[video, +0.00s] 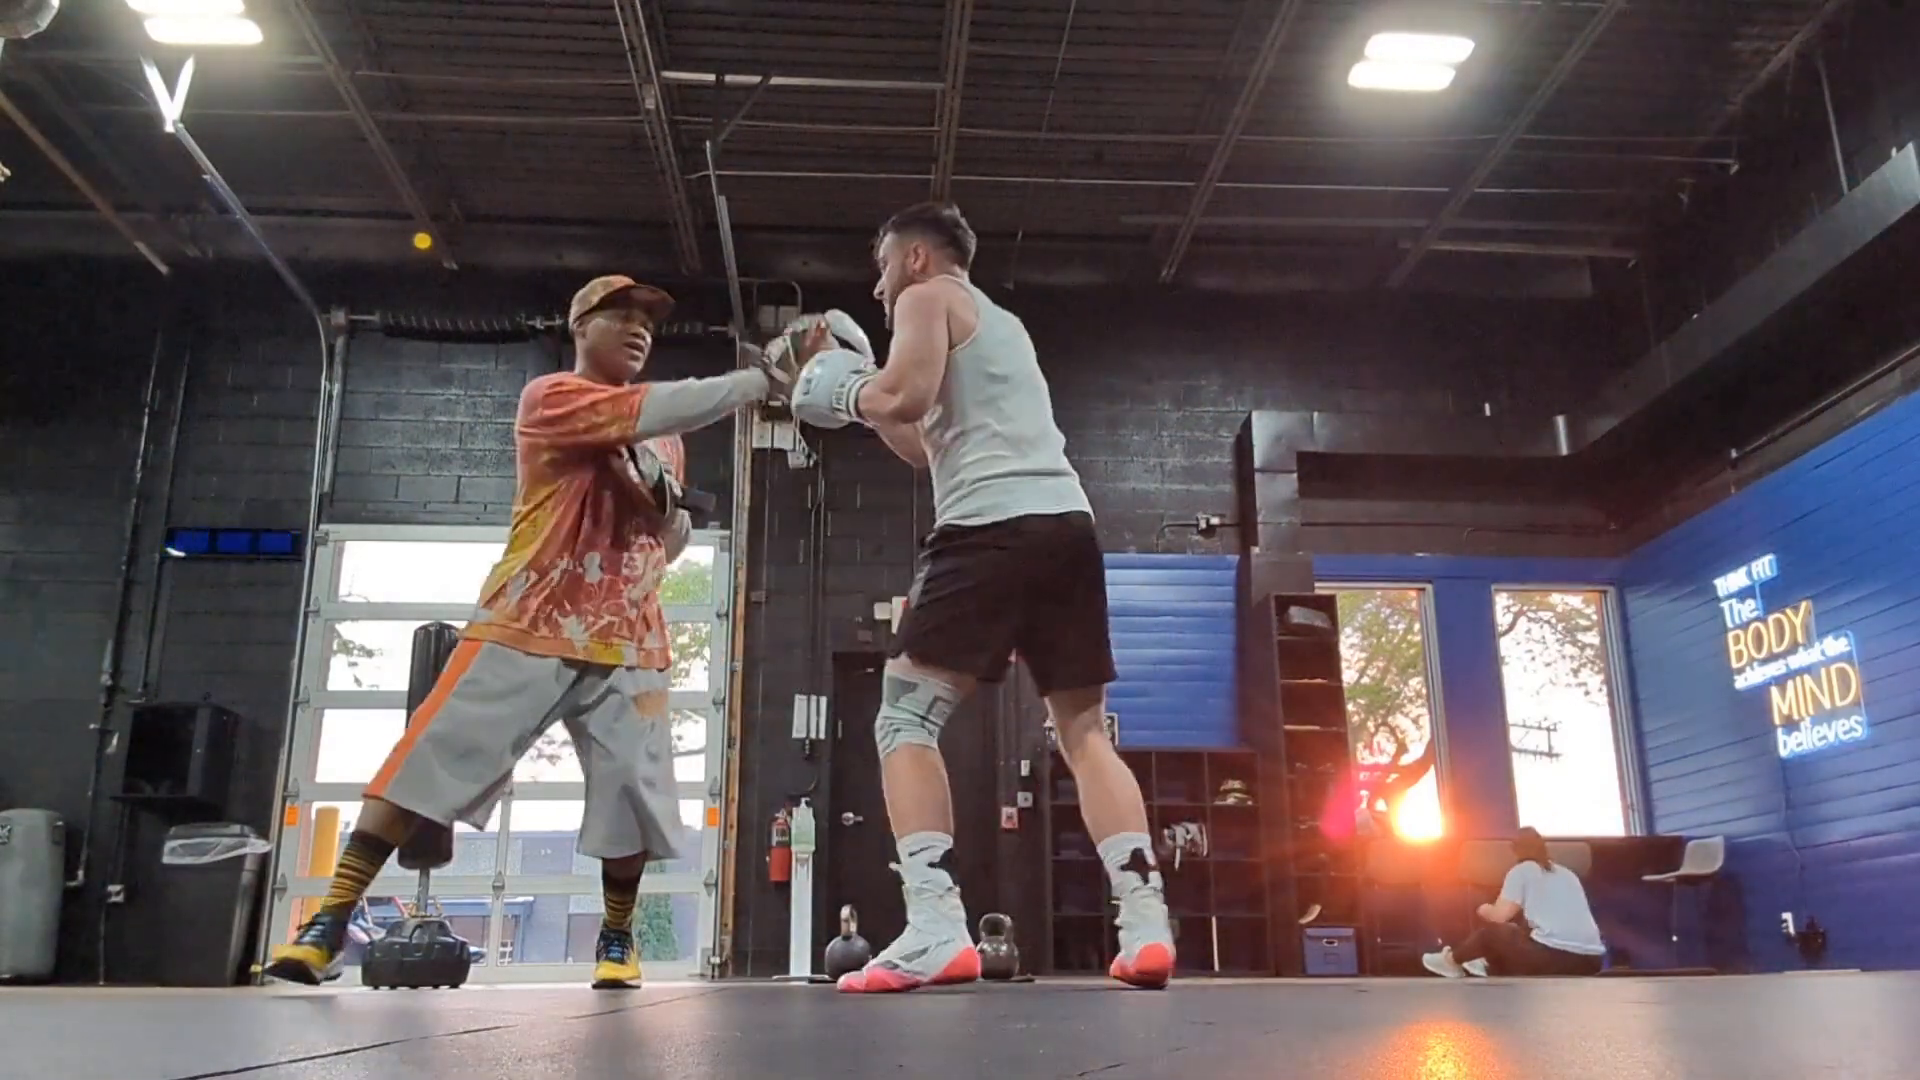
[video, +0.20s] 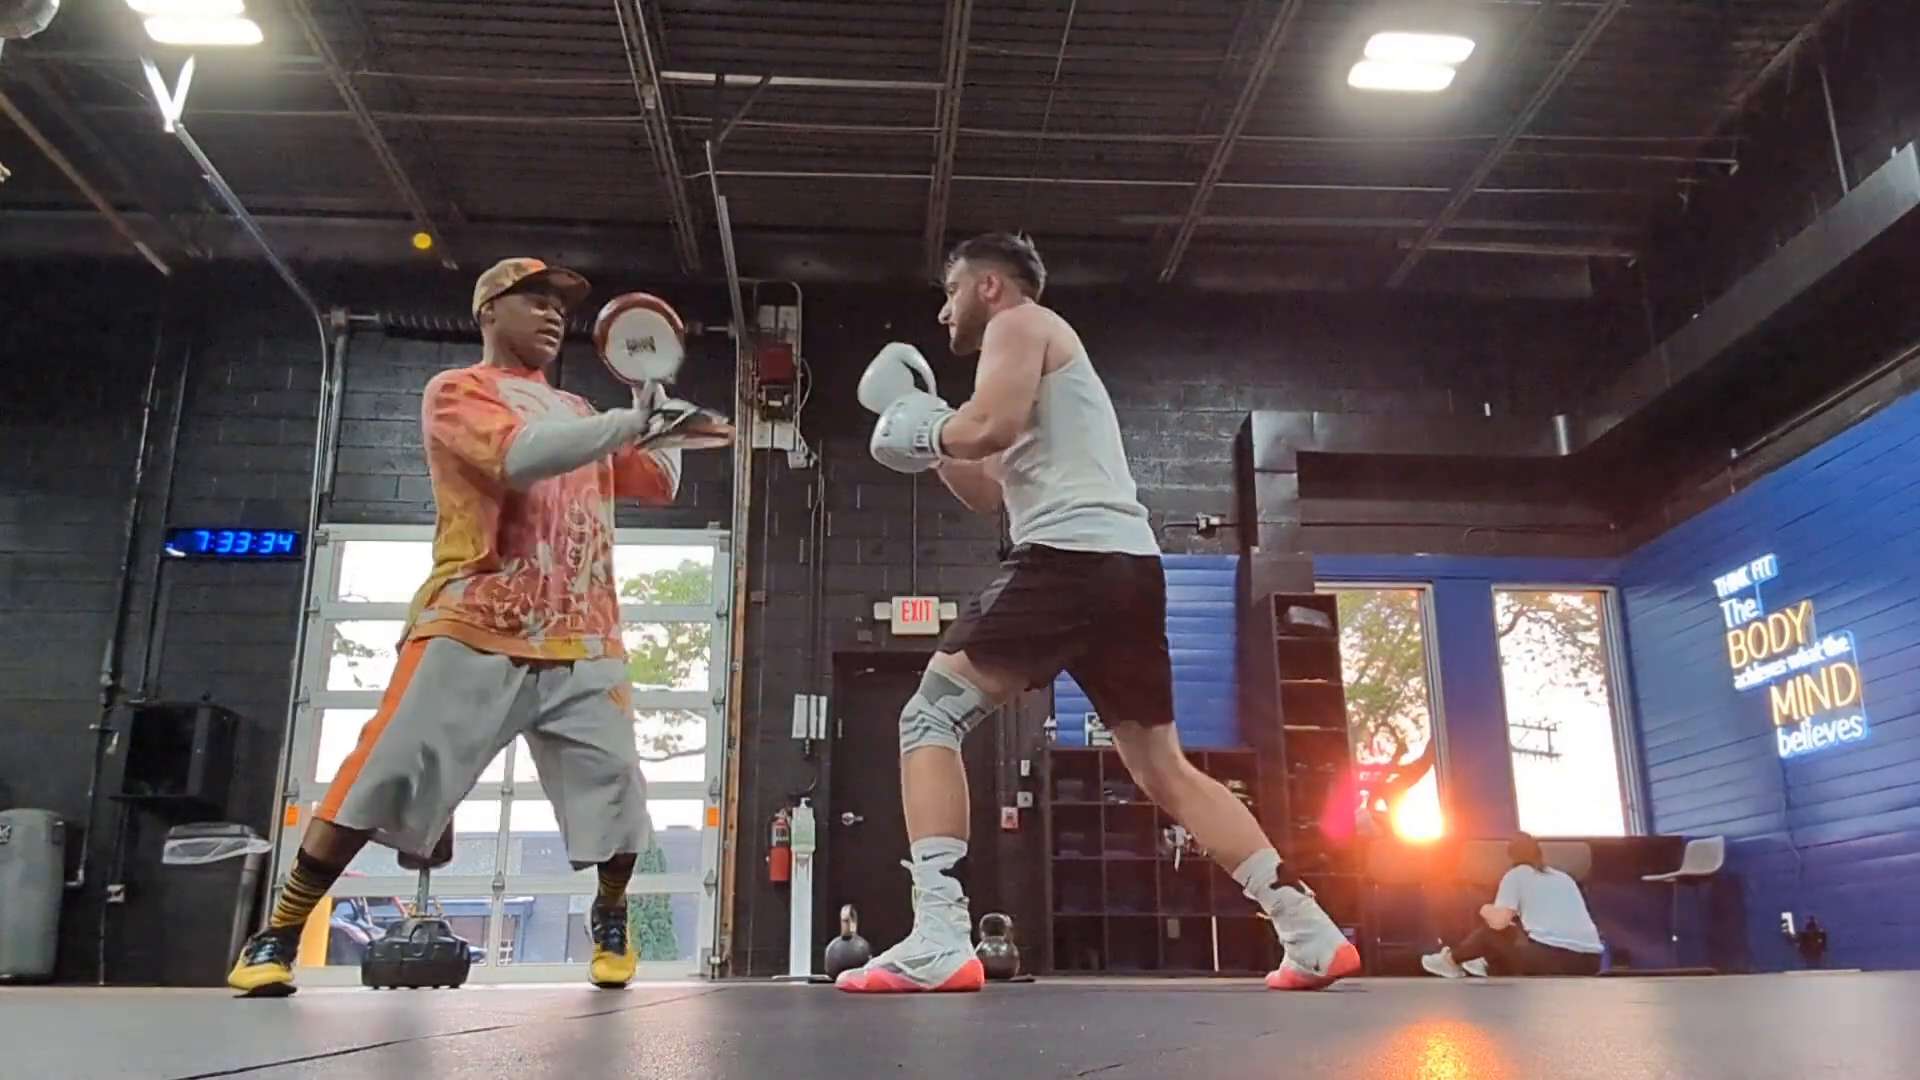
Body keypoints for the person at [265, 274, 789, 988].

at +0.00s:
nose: (640, 333)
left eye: (648, 326)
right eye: (624, 319)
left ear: (649, 342)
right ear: (581, 328)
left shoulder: (659, 433)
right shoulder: (548, 400)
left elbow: (669, 545)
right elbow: (655, 406)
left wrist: (668, 501)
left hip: (628, 637)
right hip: (530, 622)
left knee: (631, 786)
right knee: (430, 749)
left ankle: (618, 939)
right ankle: (330, 923)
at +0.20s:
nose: (555, 313)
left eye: (560, 305)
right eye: (536, 297)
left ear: (562, 325)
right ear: (489, 311)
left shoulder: (584, 418)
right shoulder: (454, 391)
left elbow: (662, 480)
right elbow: (514, 456)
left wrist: (655, 404)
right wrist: (633, 421)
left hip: (581, 629)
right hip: (475, 617)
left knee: (618, 781)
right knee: (392, 759)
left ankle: (611, 915)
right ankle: (281, 930)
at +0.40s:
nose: (528, 277)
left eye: (530, 267)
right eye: (509, 261)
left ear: (526, 286)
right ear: (459, 276)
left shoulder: (562, 371)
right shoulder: (418, 375)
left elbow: (659, 404)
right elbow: (447, 478)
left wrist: (628, 308)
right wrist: (569, 442)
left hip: (571, 591)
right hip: (458, 595)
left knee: (632, 748)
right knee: (371, 759)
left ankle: (643, 934)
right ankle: (279, 933)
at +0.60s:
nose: (558, 252)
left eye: (563, 243)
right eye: (538, 238)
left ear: (567, 265)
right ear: (488, 255)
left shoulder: (610, 339)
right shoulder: (448, 355)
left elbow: (710, 349)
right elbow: (448, 443)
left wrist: (761, 274)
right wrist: (544, 374)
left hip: (601, 583)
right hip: (483, 581)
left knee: (638, 744)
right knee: (410, 727)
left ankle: (651, 932)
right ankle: (314, 916)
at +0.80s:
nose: (585, 258)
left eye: (590, 250)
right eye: (568, 243)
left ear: (590, 272)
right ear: (516, 256)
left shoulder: (631, 357)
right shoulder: (465, 347)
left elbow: (728, 376)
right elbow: (446, 418)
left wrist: (751, 279)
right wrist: (550, 341)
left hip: (612, 586)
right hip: (490, 589)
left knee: (678, 734)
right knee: (417, 742)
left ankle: (697, 925)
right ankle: (333, 930)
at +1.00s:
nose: (630, 299)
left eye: (638, 288)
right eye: (613, 284)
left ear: (648, 304)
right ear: (577, 290)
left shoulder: (658, 387)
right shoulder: (536, 351)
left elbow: (691, 510)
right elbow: (588, 369)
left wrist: (716, 455)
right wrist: (617, 280)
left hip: (659, 608)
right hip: (551, 597)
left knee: (707, 766)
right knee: (453, 756)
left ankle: (718, 940)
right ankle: (342, 913)